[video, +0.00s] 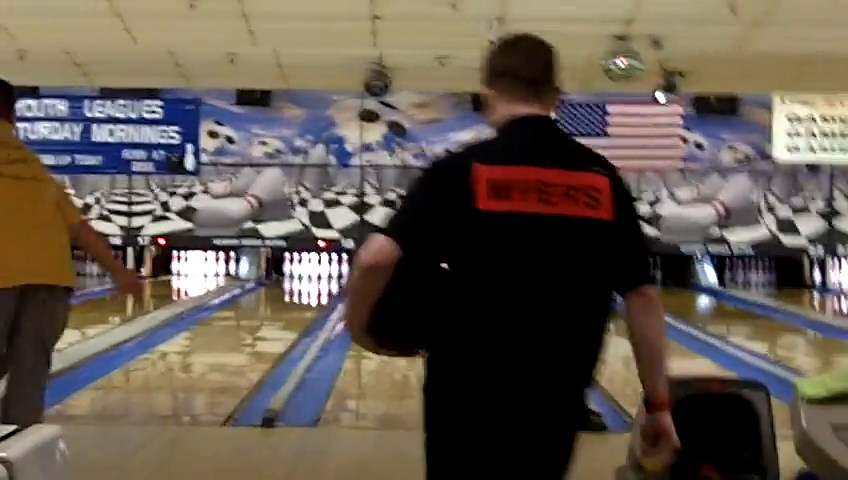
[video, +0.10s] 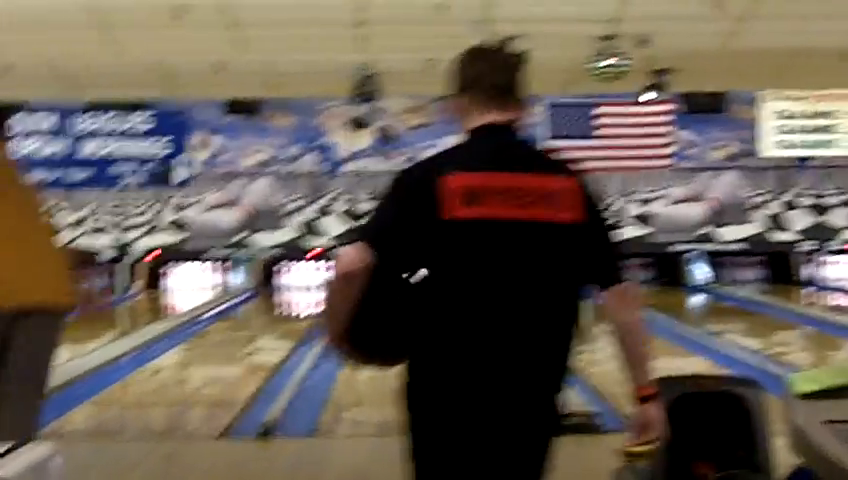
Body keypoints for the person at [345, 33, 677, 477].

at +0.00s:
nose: (489, 103)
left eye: (487, 95)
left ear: (488, 97)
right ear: (555, 98)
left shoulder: (457, 171)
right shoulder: (603, 179)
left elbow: (374, 258)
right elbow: (643, 296)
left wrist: (357, 325)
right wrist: (658, 404)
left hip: (464, 399)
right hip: (555, 405)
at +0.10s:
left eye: (457, 99)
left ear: (461, 104)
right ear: (519, 103)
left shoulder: (426, 180)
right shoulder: (567, 185)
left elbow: (352, 265)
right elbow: (619, 297)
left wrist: (337, 329)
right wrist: (647, 392)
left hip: (444, 397)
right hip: (530, 400)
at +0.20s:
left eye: (406, 115)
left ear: (410, 117)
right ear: (476, 113)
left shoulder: (379, 185)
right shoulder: (523, 188)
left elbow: (304, 270)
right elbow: (575, 294)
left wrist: (288, 339)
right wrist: (608, 390)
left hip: (394, 401)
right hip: (482, 403)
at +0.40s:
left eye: (376, 117)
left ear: (377, 120)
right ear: (442, 121)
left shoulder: (339, 190)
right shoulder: (477, 198)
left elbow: (272, 275)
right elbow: (522, 308)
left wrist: (248, 337)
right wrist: (545, 394)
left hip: (349, 396)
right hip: (433, 400)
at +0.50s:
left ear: (367, 106)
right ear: (432, 109)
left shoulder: (325, 177)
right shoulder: (461, 187)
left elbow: (256, 267)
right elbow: (497, 301)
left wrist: (240, 319)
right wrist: (506, 383)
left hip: (333, 392)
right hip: (419, 397)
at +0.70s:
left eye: (344, 113)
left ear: (346, 118)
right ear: (409, 120)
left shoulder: (302, 186)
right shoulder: (435, 197)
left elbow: (227, 272)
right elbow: (459, 317)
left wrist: (214, 318)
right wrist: (443, 363)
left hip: (306, 390)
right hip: (391, 396)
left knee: (307, 473)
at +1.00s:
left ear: (333, 123)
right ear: (394, 126)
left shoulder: (285, 184)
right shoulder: (412, 201)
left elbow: (202, 267)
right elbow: (431, 316)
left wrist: (223, 310)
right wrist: (417, 345)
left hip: (278, 383)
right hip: (359, 389)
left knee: (285, 477)